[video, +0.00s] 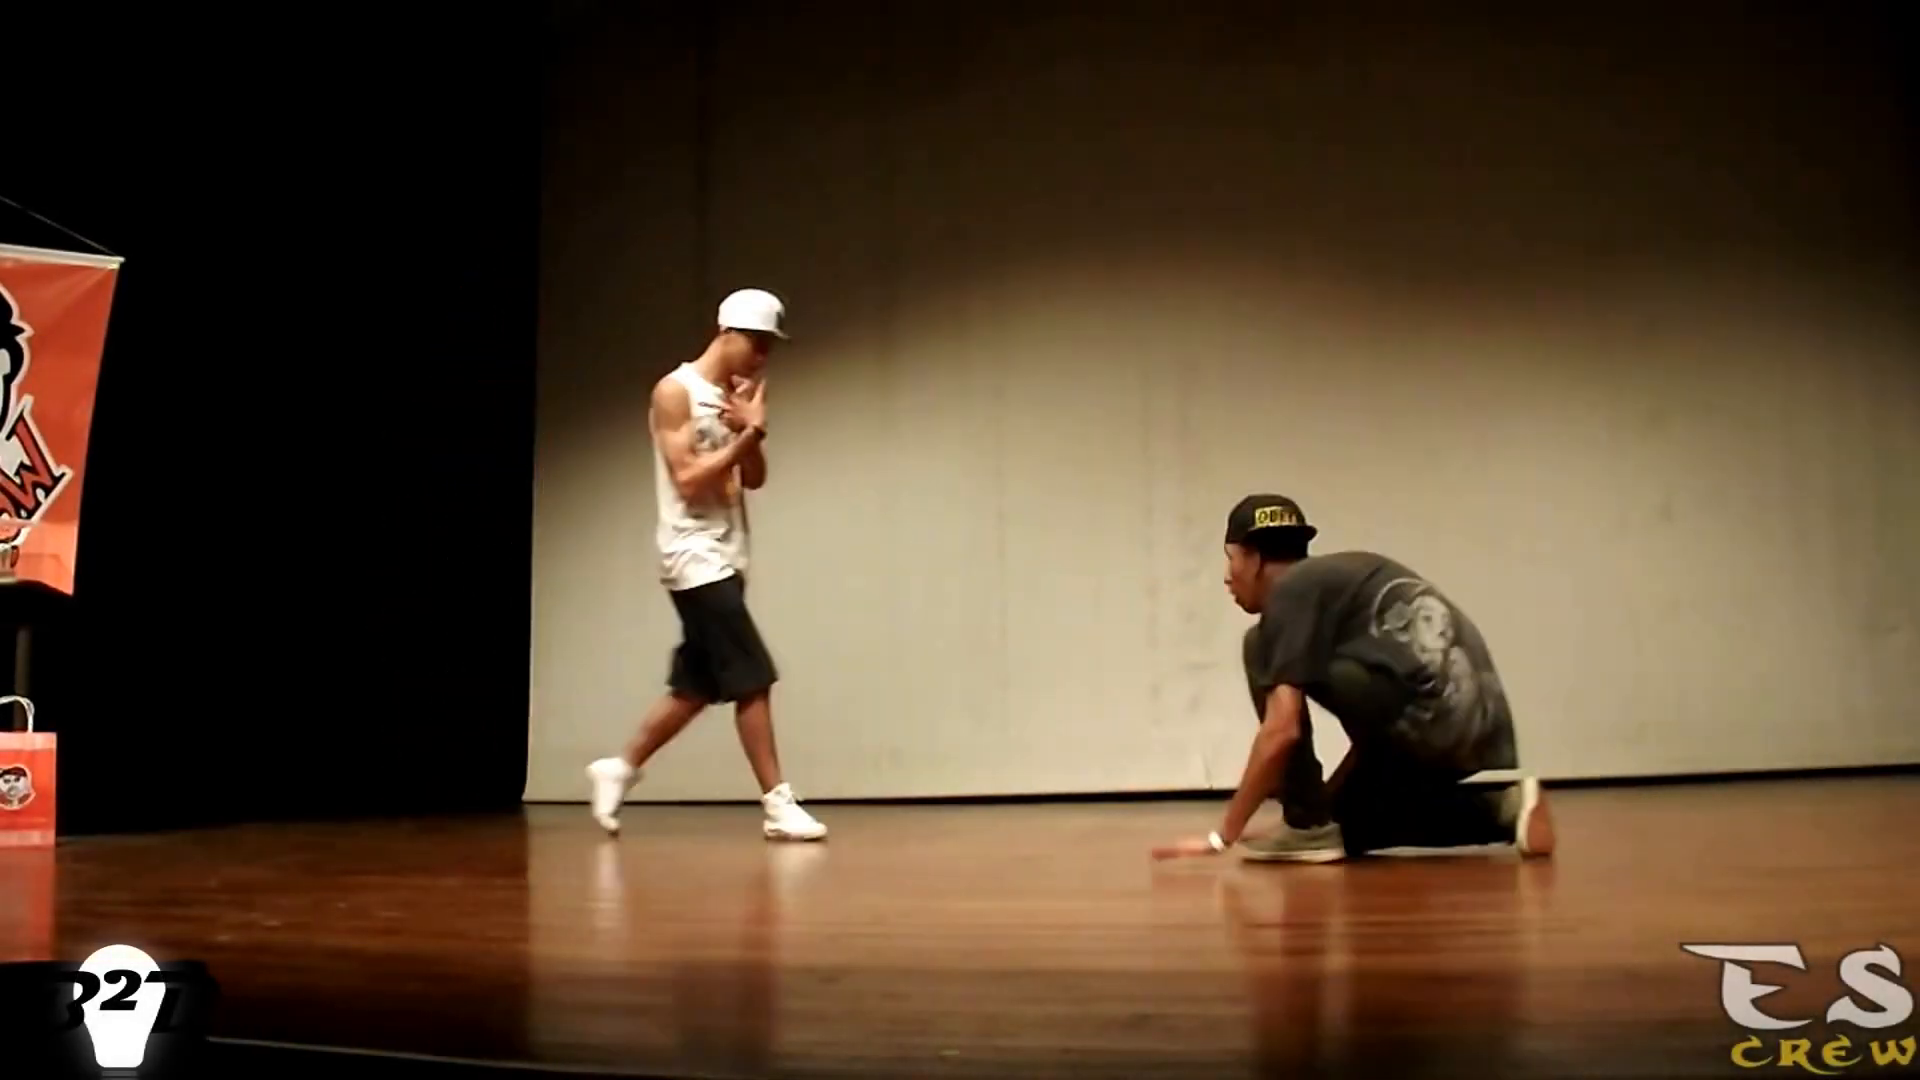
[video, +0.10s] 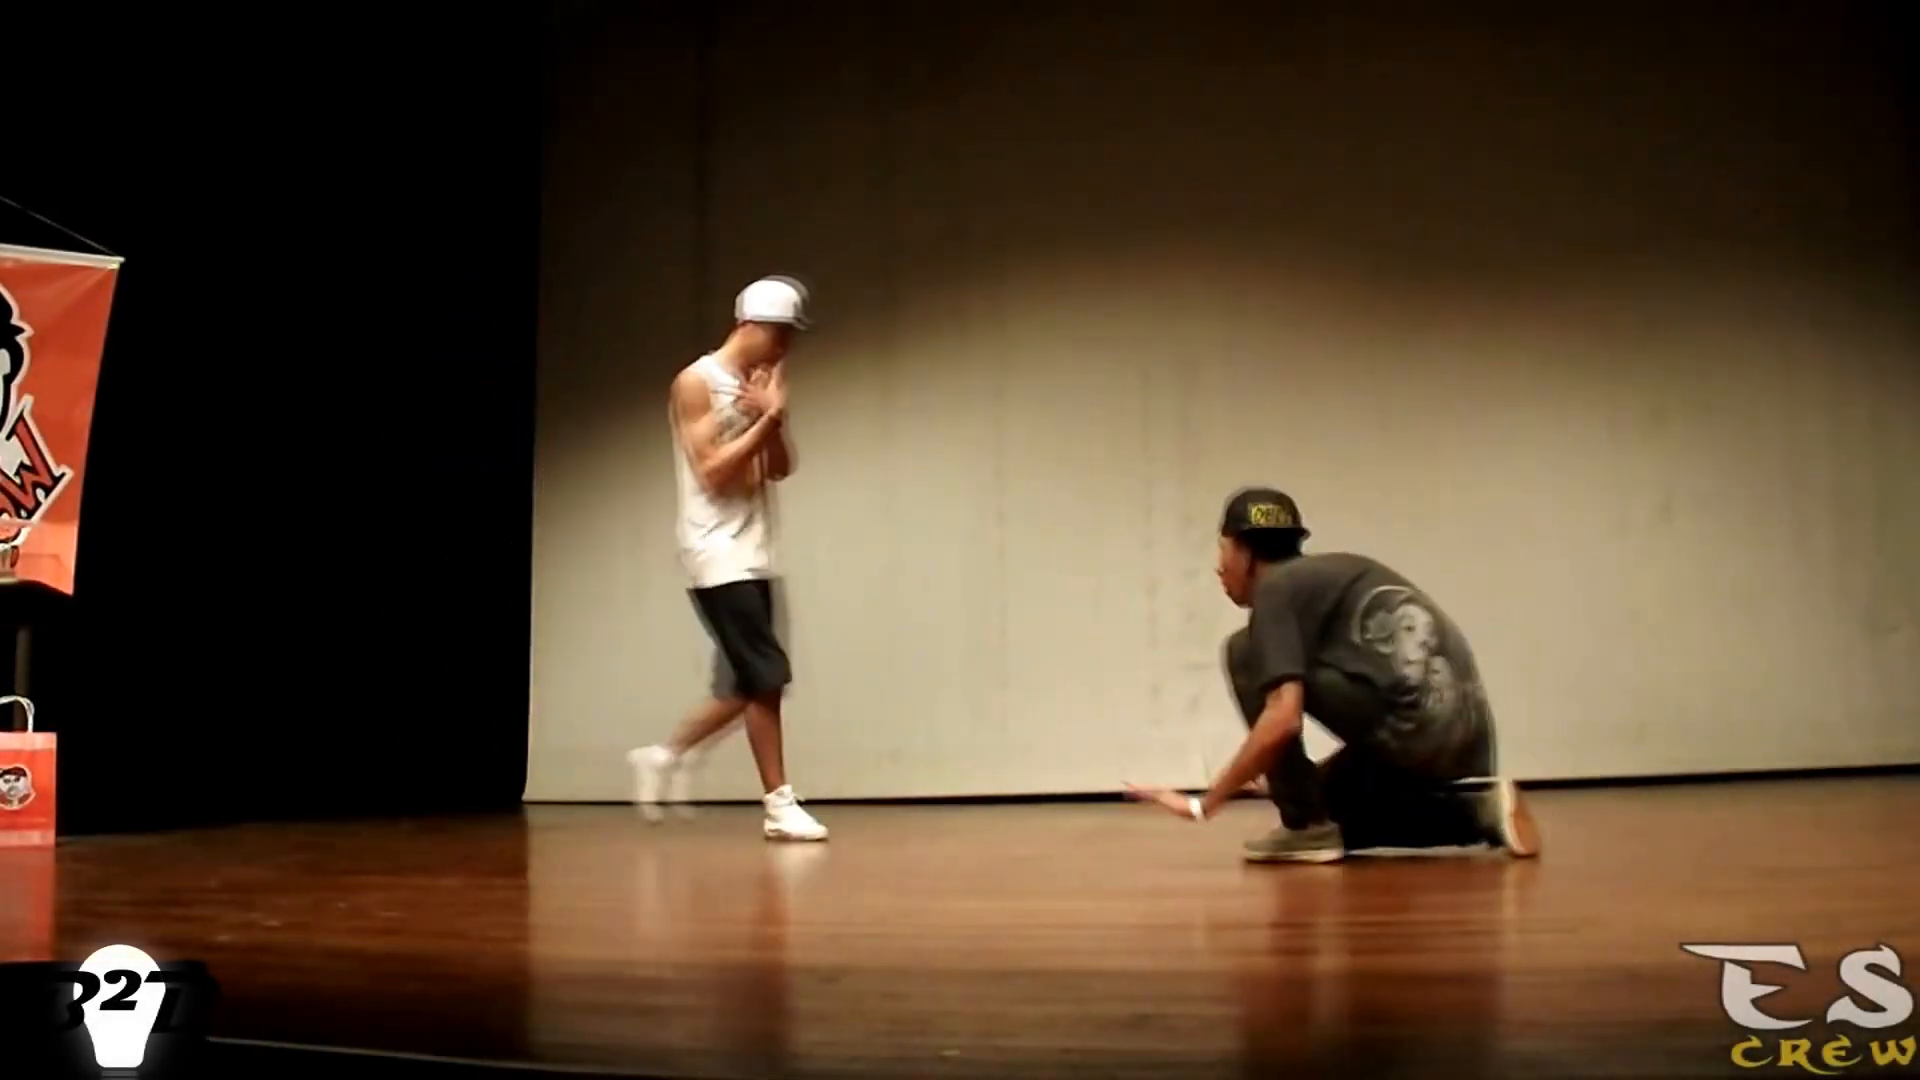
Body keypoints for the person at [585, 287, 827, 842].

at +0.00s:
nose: (763, 359)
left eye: (769, 348)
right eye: (758, 345)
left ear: (764, 348)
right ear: (727, 335)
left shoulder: (739, 393)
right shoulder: (674, 391)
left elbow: (755, 478)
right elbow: (689, 481)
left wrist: (750, 431)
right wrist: (746, 437)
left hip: (726, 557)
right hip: (693, 557)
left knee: (695, 688)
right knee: (752, 677)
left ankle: (619, 772)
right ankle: (778, 803)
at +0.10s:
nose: (784, 349)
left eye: (789, 337)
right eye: (779, 335)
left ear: (776, 335)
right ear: (750, 326)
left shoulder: (757, 382)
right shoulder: (695, 382)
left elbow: (780, 467)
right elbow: (712, 472)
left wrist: (771, 413)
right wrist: (766, 418)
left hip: (753, 554)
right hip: (717, 557)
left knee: (748, 685)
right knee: (765, 674)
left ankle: (663, 757)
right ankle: (778, 803)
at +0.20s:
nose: (809, 338)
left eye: (814, 326)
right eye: (805, 323)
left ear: (802, 323)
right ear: (775, 312)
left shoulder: (782, 369)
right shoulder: (718, 366)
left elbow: (804, 457)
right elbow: (734, 456)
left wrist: (797, 398)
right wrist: (790, 405)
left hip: (784, 547)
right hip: (737, 552)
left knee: (813, 672)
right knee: (762, 686)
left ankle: (746, 762)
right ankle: (777, 802)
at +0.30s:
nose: (840, 330)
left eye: (845, 318)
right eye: (834, 315)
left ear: (832, 318)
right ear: (804, 306)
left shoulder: (811, 367)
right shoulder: (743, 360)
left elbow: (831, 455)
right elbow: (753, 449)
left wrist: (820, 395)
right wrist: (809, 401)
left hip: (811, 549)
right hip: (756, 554)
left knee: (852, 666)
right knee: (766, 689)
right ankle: (778, 804)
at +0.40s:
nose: (868, 332)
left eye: (874, 321)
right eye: (863, 317)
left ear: (866, 323)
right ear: (829, 307)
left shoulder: (842, 371)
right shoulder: (767, 362)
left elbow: (854, 464)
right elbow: (776, 453)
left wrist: (849, 405)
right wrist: (837, 411)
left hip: (835, 553)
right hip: (776, 557)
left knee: (874, 673)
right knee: (778, 692)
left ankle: (927, 794)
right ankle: (779, 805)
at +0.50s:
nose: (900, 330)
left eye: (906, 320)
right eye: (894, 315)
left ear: (897, 321)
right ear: (862, 305)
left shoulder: (876, 379)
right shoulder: (795, 362)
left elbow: (877, 474)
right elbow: (797, 454)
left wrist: (881, 424)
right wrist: (865, 428)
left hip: (863, 552)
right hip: (802, 556)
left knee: (900, 676)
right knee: (805, 689)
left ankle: (944, 805)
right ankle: (785, 796)